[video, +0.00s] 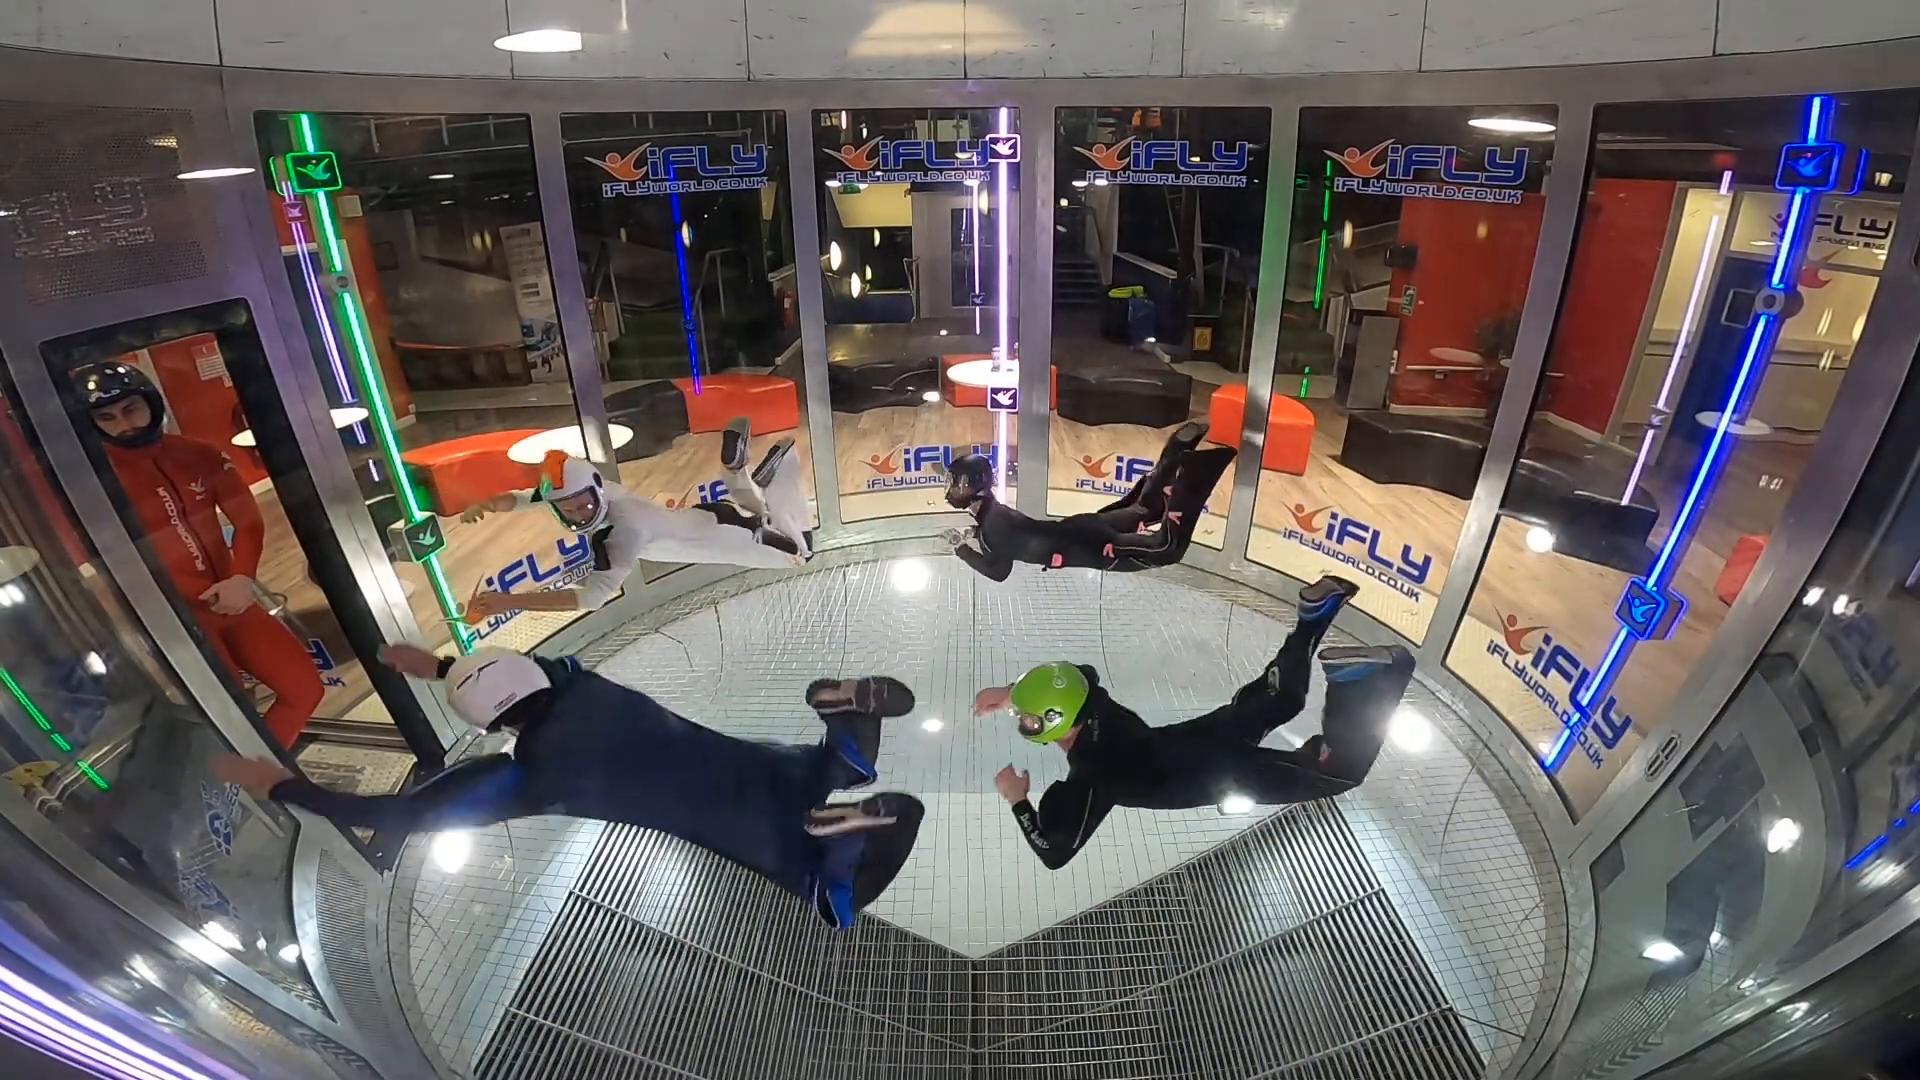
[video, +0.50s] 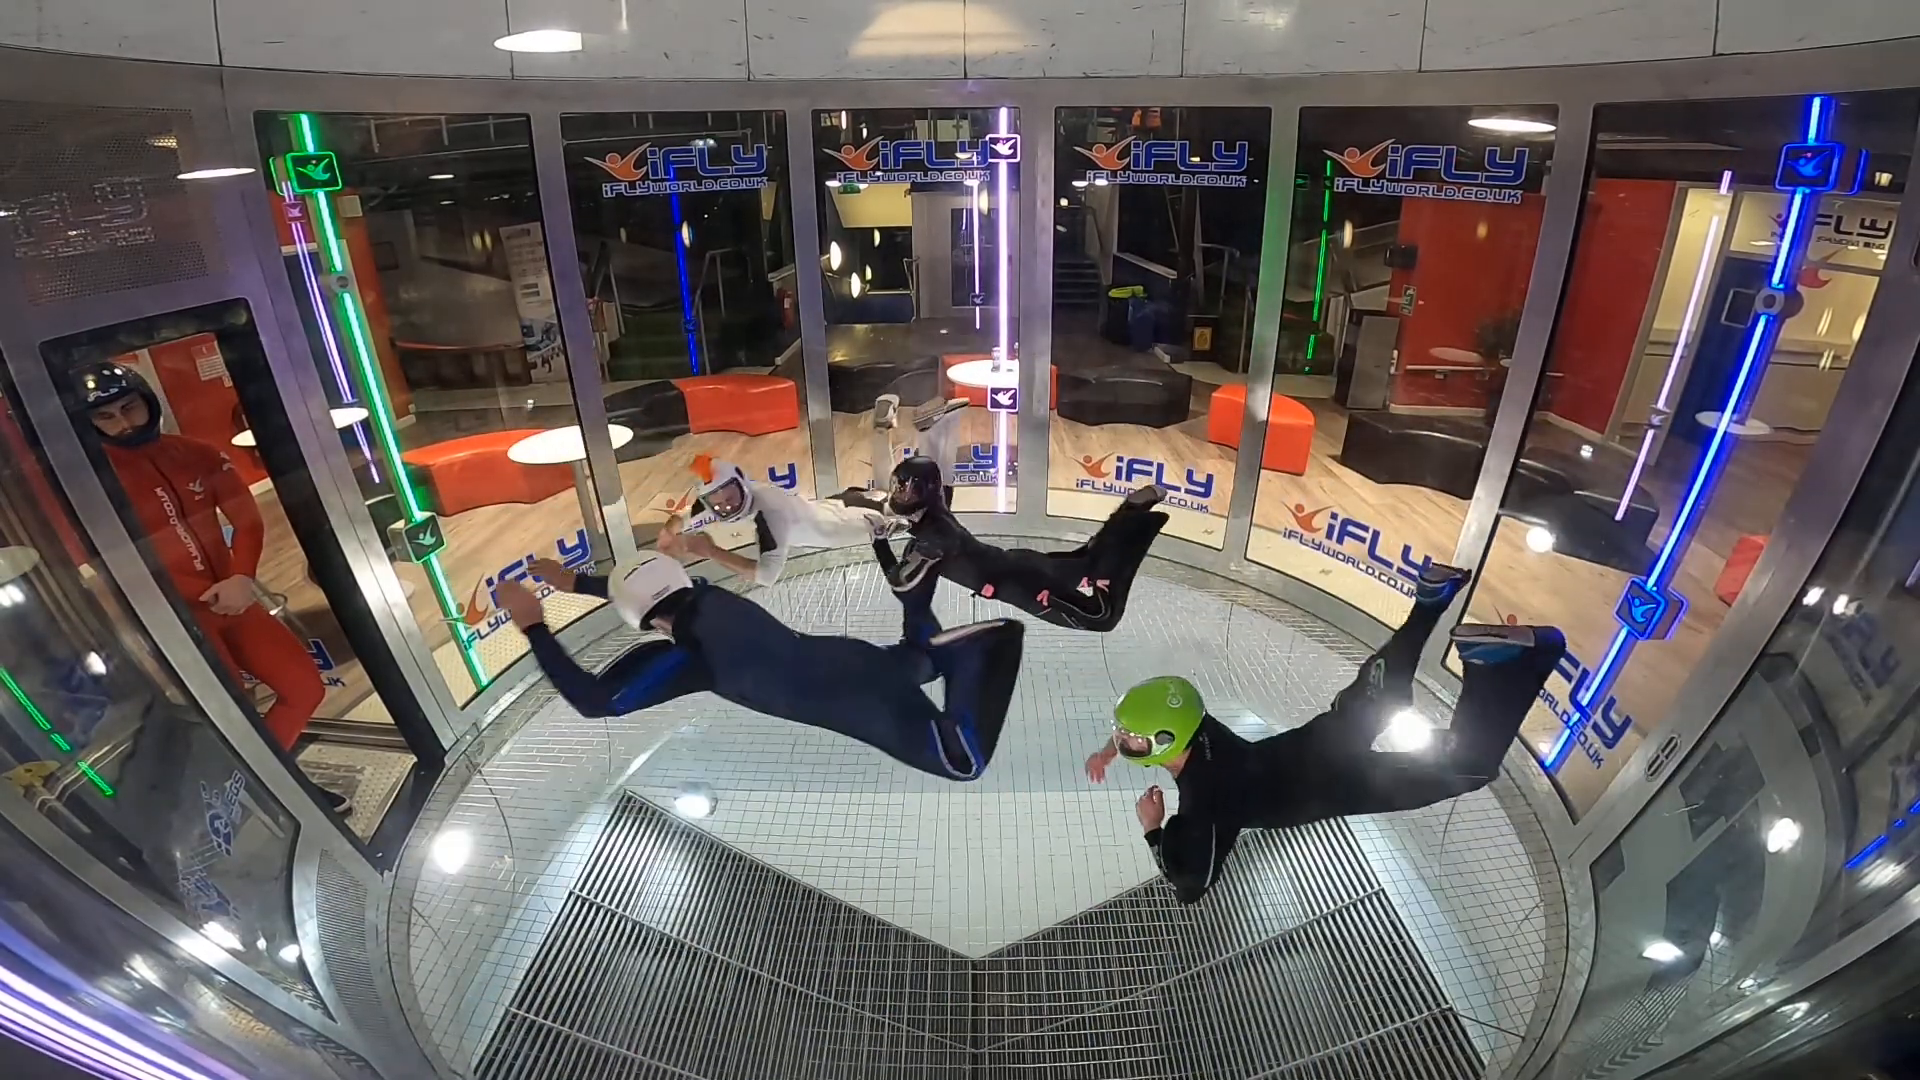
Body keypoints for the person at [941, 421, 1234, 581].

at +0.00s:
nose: (952, 489)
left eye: (960, 483)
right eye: (952, 482)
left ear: (979, 486)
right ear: (962, 484)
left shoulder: (994, 524)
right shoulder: (986, 513)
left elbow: (997, 572)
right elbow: (999, 564)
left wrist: (963, 550)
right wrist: (967, 544)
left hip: (1086, 545)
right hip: (1078, 529)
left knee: (1167, 548)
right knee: (1142, 508)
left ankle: (1189, 472)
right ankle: (1175, 450)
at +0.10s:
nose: (942, 493)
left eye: (949, 487)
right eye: (944, 485)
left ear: (968, 490)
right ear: (964, 489)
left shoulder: (982, 526)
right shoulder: (978, 517)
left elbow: (981, 577)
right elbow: (984, 567)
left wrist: (946, 556)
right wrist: (953, 549)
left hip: (1072, 554)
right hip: (1069, 536)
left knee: (1161, 567)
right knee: (1140, 521)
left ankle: (1188, 492)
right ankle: (1166, 461)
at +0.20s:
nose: (932, 490)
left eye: (940, 486)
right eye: (934, 484)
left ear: (958, 495)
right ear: (953, 492)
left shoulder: (972, 529)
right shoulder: (968, 518)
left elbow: (965, 579)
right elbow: (967, 563)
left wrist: (926, 549)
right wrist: (941, 540)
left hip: (1061, 563)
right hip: (1056, 546)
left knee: (1151, 582)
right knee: (1132, 534)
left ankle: (1177, 504)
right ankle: (1151, 473)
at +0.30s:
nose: (923, 492)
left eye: (928, 486)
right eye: (924, 486)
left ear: (946, 492)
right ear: (946, 490)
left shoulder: (963, 530)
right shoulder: (955, 519)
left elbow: (950, 581)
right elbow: (949, 553)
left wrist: (914, 550)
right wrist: (922, 531)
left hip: (1051, 570)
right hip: (1044, 554)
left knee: (1137, 594)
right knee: (1116, 551)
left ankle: (1160, 514)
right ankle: (1139, 495)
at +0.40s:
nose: (917, 491)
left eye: (924, 486)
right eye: (916, 484)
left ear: (941, 491)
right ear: (919, 488)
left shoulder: (944, 530)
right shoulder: (937, 519)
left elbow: (932, 584)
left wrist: (905, 558)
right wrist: (903, 546)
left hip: (1028, 575)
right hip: (1026, 560)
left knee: (1121, 607)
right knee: (1103, 562)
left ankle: (1137, 523)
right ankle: (1126, 506)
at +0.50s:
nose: (896, 493)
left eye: (904, 487)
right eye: (897, 486)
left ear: (922, 493)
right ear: (920, 490)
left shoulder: (932, 534)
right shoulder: (929, 516)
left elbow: (901, 583)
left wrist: (877, 542)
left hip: (1017, 580)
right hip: (1015, 563)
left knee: (1103, 616)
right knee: (1087, 561)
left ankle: (1137, 527)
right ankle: (1131, 509)